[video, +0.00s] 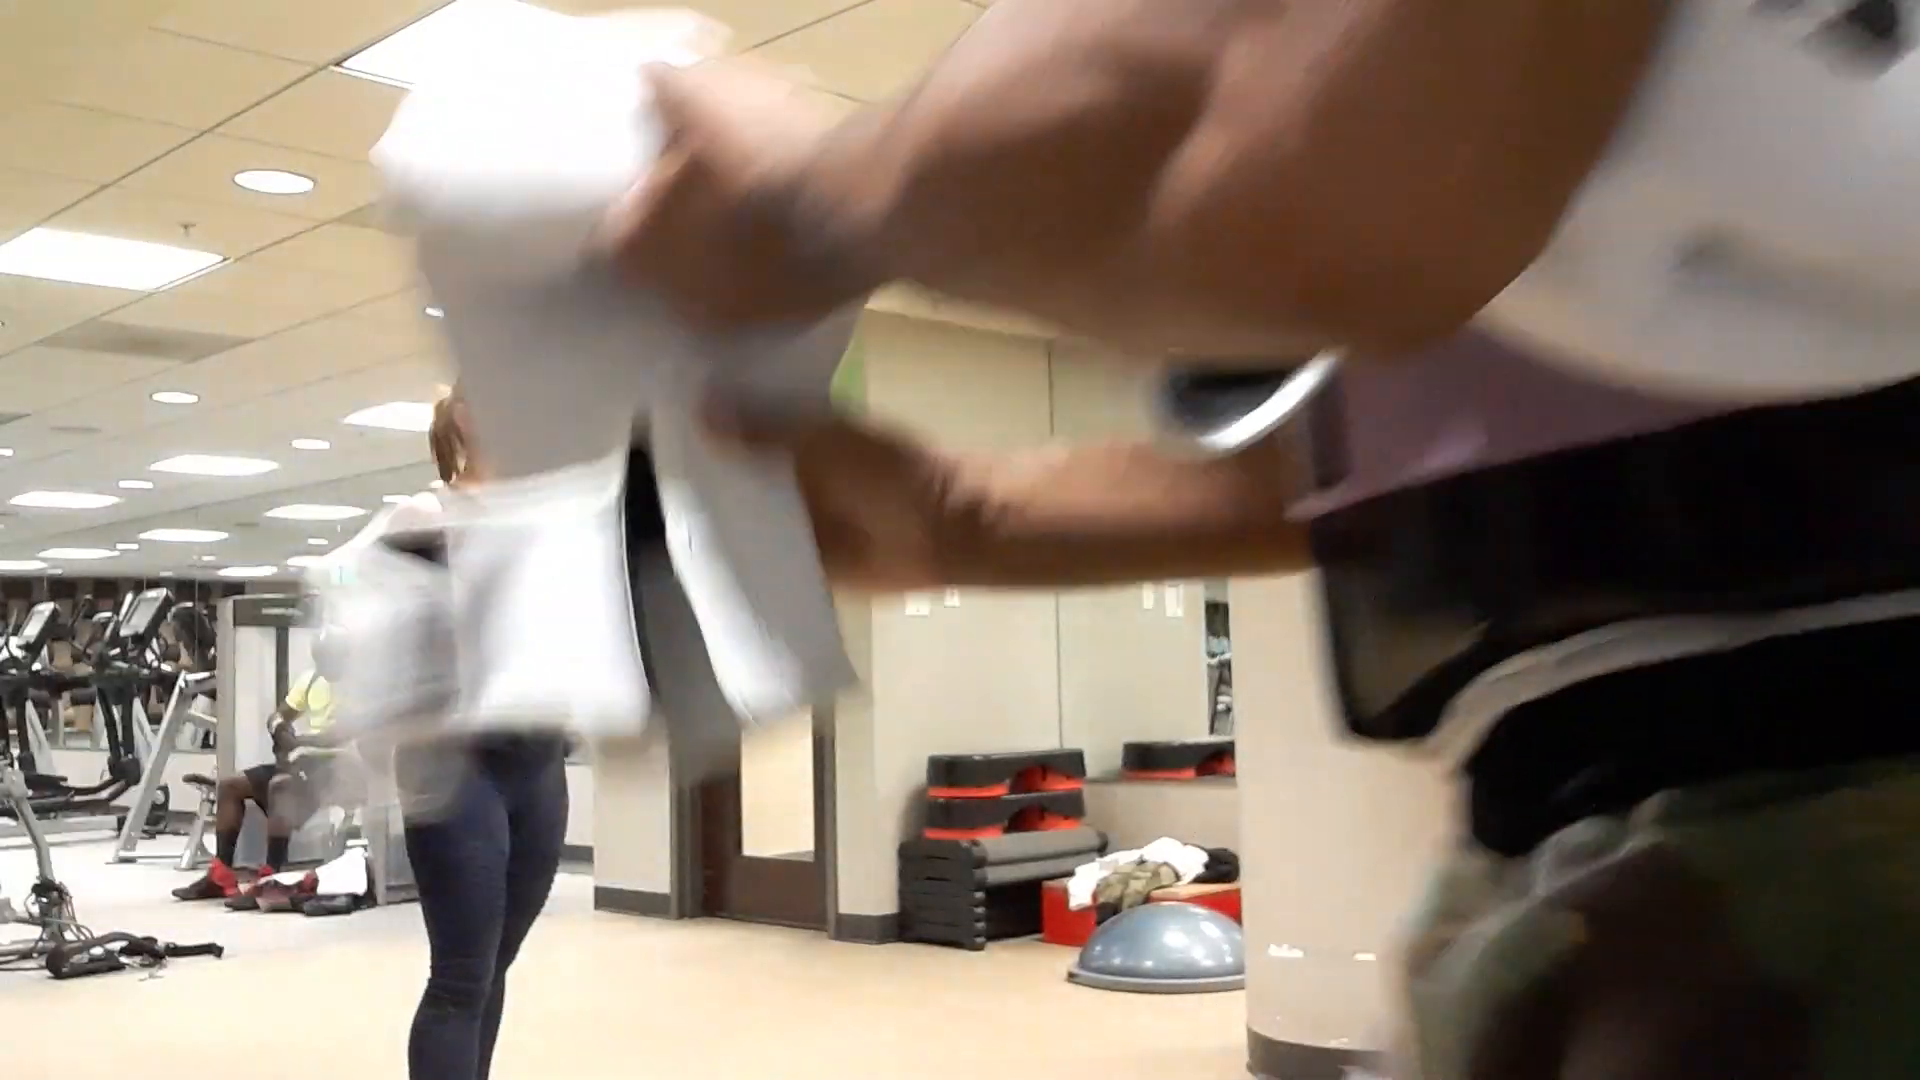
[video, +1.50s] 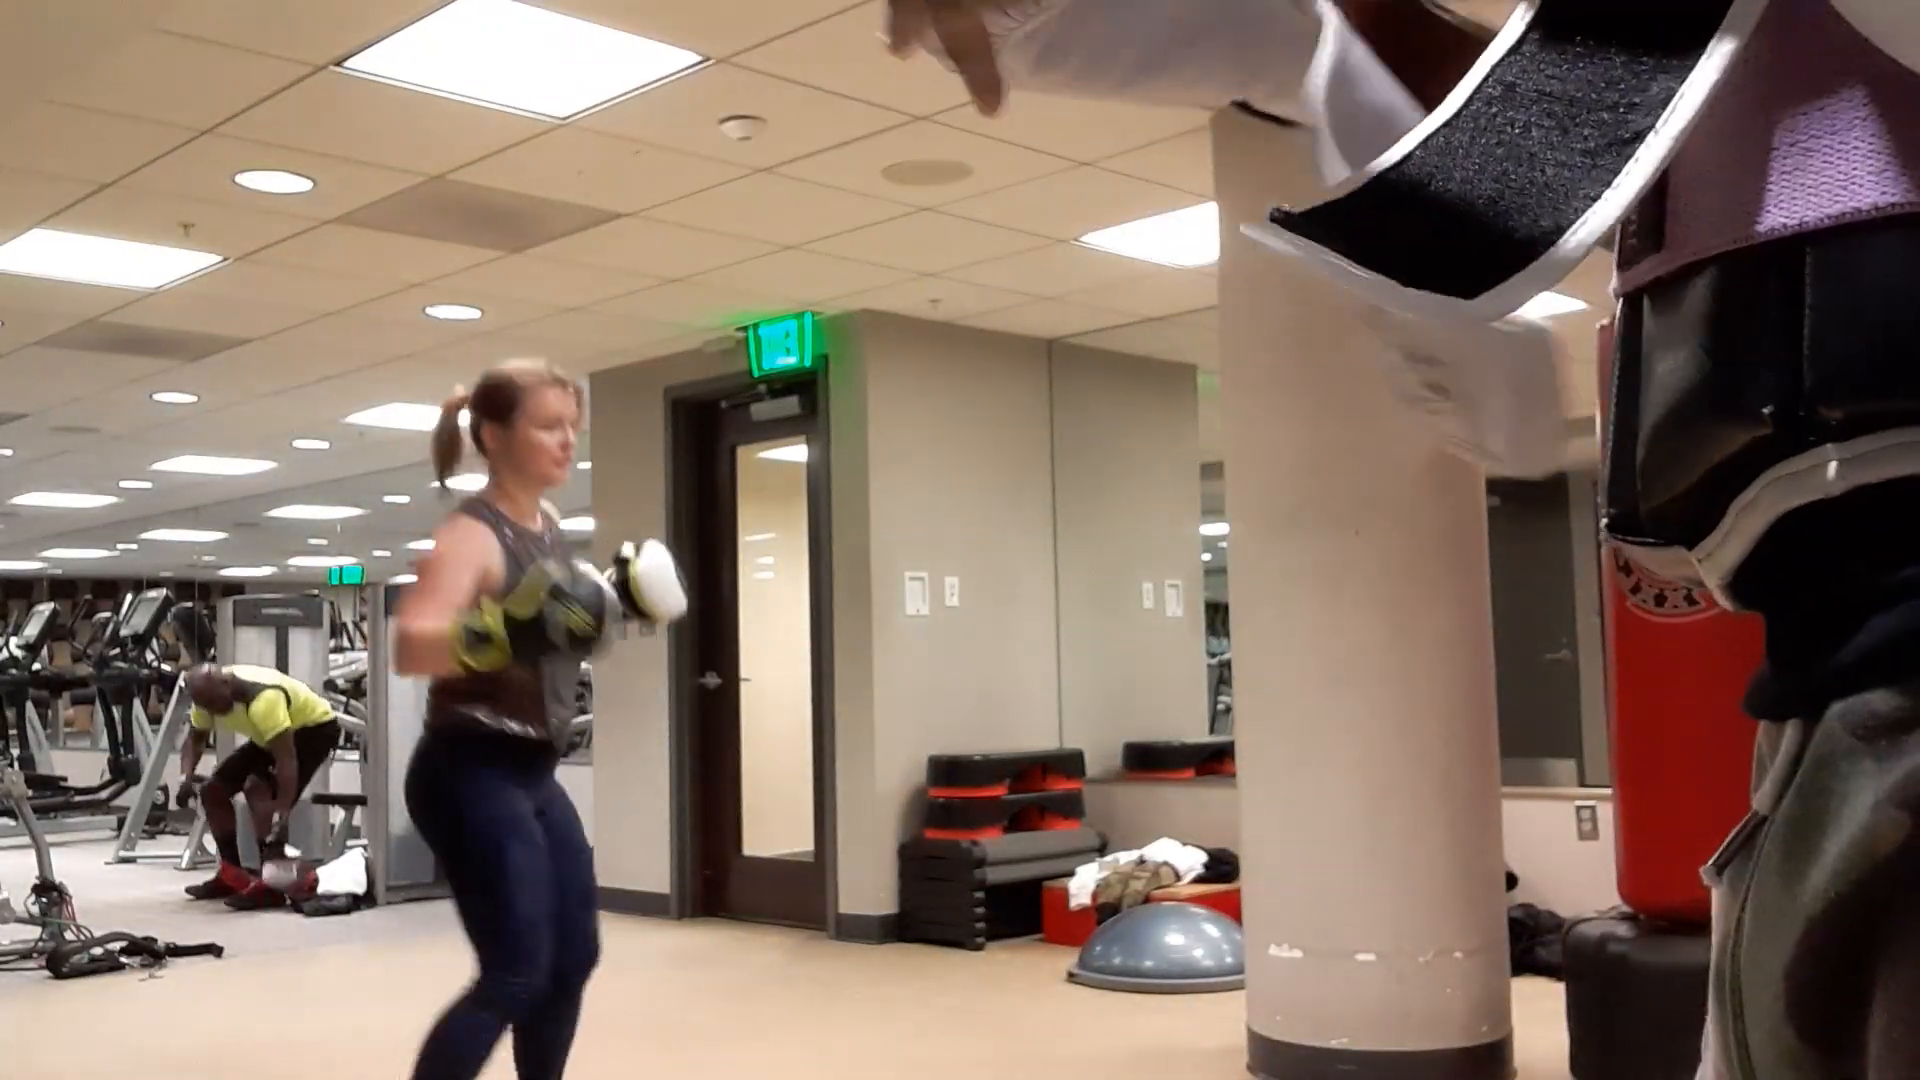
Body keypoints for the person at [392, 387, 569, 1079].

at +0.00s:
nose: (509, 426)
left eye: (510, 410)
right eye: (491, 412)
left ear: (526, 422)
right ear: (464, 430)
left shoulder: (554, 516)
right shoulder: (416, 525)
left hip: (540, 758)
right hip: (448, 759)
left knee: (490, 971)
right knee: (463, 976)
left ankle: (470, 1074)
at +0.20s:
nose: (537, 415)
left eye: (545, 404)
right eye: (520, 398)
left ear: (549, 415)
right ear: (465, 407)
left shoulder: (533, 505)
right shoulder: (434, 496)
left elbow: (567, 648)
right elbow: (411, 607)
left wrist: (611, 596)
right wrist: (492, 542)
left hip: (534, 755)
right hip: (454, 751)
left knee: (534, 946)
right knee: (454, 967)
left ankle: (494, 1070)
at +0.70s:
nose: (542, 431)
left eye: (547, 419)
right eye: (521, 419)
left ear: (556, 431)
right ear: (469, 439)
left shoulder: (588, 520)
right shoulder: (437, 556)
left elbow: (642, 630)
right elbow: (388, 689)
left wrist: (650, 585)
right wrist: (462, 660)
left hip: (573, 771)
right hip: (477, 775)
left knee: (590, 961)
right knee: (483, 974)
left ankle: (544, 1074)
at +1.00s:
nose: (587, 488)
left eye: (585, 472)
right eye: (566, 478)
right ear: (508, 501)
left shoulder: (558, 560)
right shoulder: (498, 600)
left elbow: (548, 625)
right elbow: (418, 699)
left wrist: (616, 613)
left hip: (539, 803)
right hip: (488, 810)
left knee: (609, 955)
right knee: (567, 996)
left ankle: (549, 1075)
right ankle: (468, 1074)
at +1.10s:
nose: (597, 510)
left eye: (596, 495)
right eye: (578, 503)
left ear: (519, 524)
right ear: (520, 521)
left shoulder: (513, 574)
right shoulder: (522, 612)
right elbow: (536, 713)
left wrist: (582, 617)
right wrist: (659, 691)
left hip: (523, 813)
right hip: (487, 823)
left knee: (613, 959)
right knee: (573, 1007)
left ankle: (548, 1069)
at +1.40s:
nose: (585, 475)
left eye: (585, 459)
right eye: (566, 460)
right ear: (509, 474)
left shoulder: (537, 570)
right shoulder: (496, 571)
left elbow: (532, 665)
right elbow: (468, 678)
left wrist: (601, 639)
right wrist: (582, 676)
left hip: (523, 794)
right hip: (478, 797)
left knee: (598, 955)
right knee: (557, 985)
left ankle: (543, 1074)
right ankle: (462, 1073)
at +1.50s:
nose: (567, 442)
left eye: (571, 428)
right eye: (549, 427)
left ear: (574, 434)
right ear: (494, 435)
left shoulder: (545, 529)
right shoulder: (470, 533)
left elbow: (554, 629)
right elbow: (411, 647)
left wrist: (621, 604)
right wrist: (513, 627)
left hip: (532, 769)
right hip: (468, 770)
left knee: (571, 956)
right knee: (518, 970)